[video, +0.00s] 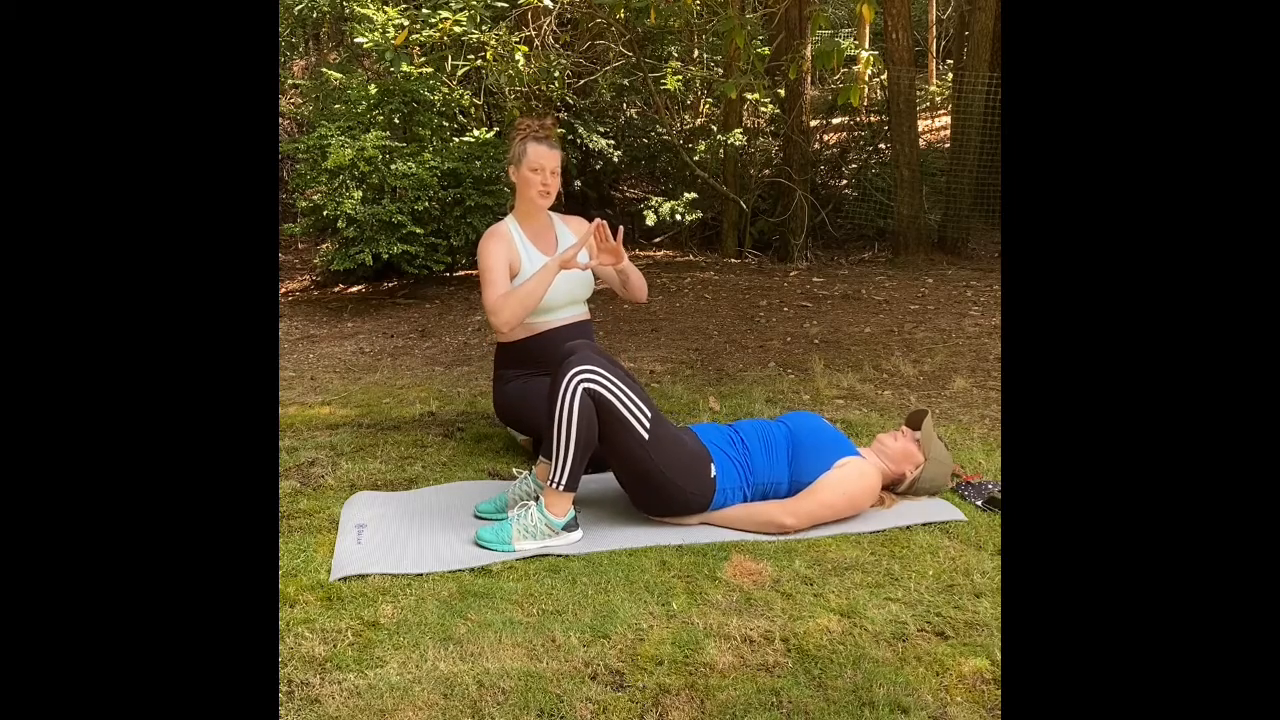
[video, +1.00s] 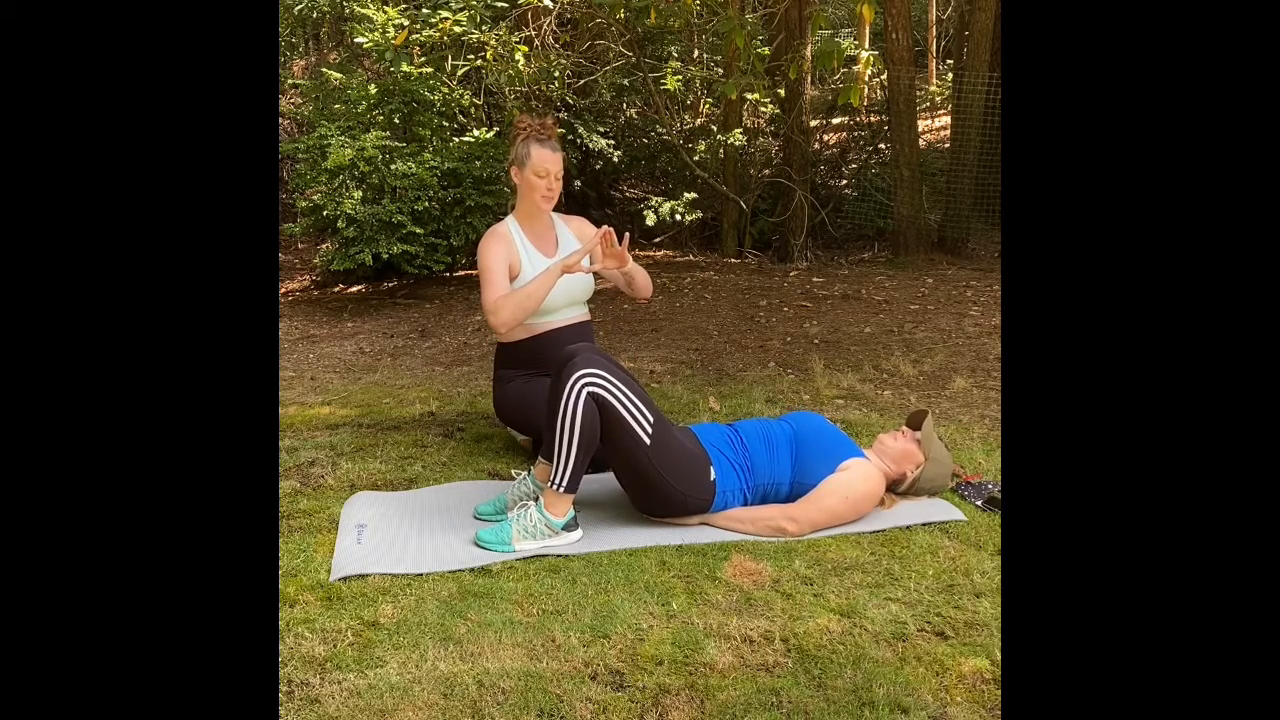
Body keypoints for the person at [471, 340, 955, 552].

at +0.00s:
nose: (898, 433)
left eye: (909, 440)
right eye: (907, 430)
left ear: (908, 472)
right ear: (895, 442)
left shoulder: (860, 477)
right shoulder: (844, 454)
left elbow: (788, 516)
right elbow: (772, 494)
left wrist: (703, 515)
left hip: (694, 480)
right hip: (680, 454)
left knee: (585, 372)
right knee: (586, 362)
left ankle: (554, 509)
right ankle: (543, 484)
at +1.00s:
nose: (899, 432)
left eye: (910, 440)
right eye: (908, 430)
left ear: (908, 471)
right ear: (898, 445)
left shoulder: (863, 478)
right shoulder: (846, 454)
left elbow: (794, 521)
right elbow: (776, 497)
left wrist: (707, 516)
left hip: (695, 483)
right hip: (681, 455)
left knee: (589, 374)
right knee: (590, 364)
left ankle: (554, 511)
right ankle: (542, 484)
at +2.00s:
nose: (897, 433)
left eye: (908, 440)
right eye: (906, 430)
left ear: (908, 471)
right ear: (897, 444)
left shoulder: (863, 479)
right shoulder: (847, 456)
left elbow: (794, 520)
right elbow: (774, 494)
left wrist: (711, 517)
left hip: (693, 482)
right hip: (680, 452)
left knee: (589, 376)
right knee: (589, 364)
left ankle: (554, 511)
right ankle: (540, 484)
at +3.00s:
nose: (896, 433)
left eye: (907, 439)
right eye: (905, 430)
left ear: (908, 470)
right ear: (898, 446)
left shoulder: (864, 480)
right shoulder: (847, 457)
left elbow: (795, 520)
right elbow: (777, 498)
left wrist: (712, 516)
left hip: (694, 483)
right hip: (679, 455)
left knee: (586, 374)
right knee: (585, 365)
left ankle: (553, 510)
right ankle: (541, 484)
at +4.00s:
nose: (897, 433)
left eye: (908, 439)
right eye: (906, 430)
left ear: (908, 470)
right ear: (898, 446)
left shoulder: (864, 479)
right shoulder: (846, 457)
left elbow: (795, 521)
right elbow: (777, 499)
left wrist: (710, 516)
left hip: (693, 482)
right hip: (678, 456)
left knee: (586, 369)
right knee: (576, 355)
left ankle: (553, 510)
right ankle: (542, 483)